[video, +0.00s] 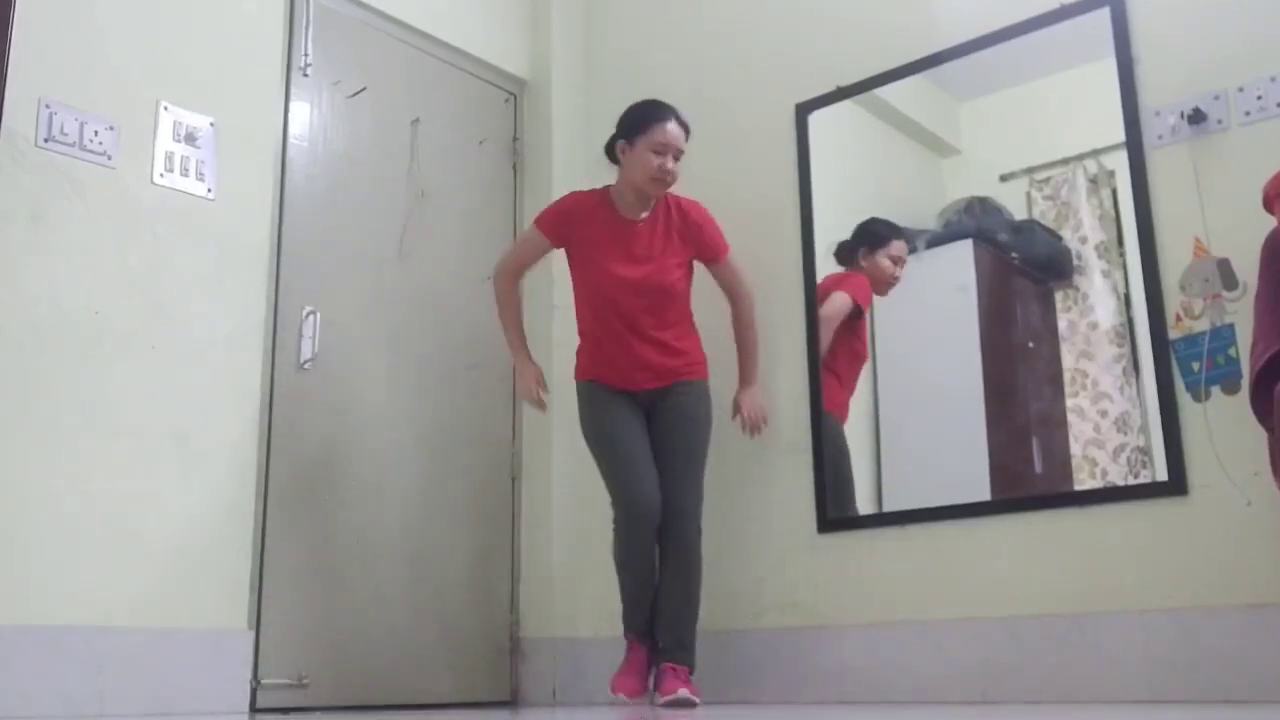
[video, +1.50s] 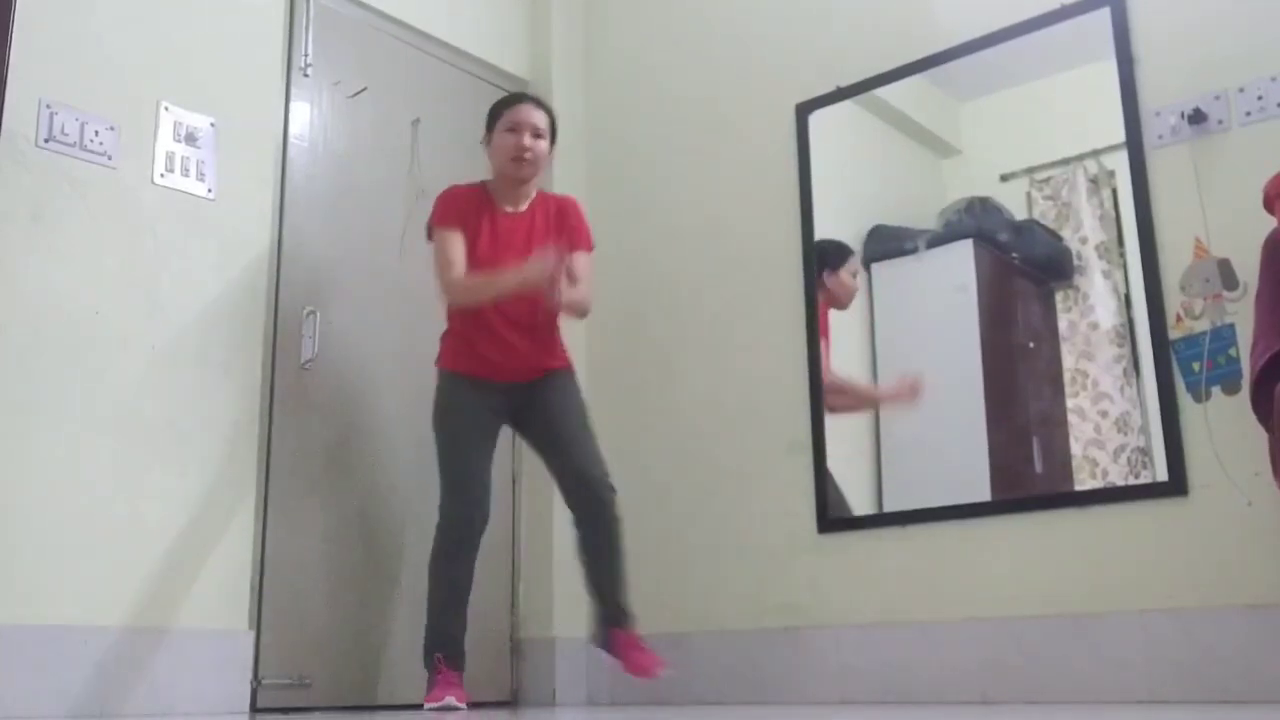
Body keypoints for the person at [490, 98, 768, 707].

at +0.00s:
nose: (670, 165)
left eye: (678, 155)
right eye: (659, 152)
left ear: (682, 160)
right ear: (622, 151)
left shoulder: (689, 218)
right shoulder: (576, 212)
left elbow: (741, 296)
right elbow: (505, 274)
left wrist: (749, 383)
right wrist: (521, 358)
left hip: (681, 381)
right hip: (605, 383)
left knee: (682, 515)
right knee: (640, 504)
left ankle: (676, 665)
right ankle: (638, 648)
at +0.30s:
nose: (623, 145)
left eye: (634, 136)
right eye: (611, 136)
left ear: (652, 149)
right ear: (591, 147)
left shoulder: (674, 216)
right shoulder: (564, 211)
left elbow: (690, 303)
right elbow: (548, 299)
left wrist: (635, 284)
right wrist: (604, 283)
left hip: (654, 387)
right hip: (578, 384)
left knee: (658, 518)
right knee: (536, 495)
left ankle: (670, 667)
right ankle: (535, 633)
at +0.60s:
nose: (545, 149)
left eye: (558, 140)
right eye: (536, 139)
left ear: (584, 153)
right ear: (522, 151)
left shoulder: (604, 222)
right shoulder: (496, 209)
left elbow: (601, 310)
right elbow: (492, 290)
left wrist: (573, 276)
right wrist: (550, 262)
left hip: (578, 392)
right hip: (500, 389)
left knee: (612, 527)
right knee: (479, 523)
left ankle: (661, 666)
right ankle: (447, 671)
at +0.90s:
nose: (479, 167)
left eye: (493, 154)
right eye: (472, 156)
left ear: (529, 157)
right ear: (468, 160)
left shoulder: (559, 232)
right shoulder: (450, 216)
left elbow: (571, 328)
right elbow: (392, 301)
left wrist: (583, 414)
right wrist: (374, 390)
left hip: (524, 382)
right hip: (448, 380)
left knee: (512, 486)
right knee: (450, 511)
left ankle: (523, 629)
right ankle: (442, 669)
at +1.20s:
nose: (480, 163)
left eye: (494, 151)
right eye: (470, 151)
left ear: (522, 160)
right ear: (460, 159)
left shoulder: (547, 230)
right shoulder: (437, 215)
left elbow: (586, 306)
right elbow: (352, 266)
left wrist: (590, 387)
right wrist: (357, 353)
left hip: (515, 387)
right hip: (439, 383)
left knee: (501, 507)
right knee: (442, 513)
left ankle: (478, 638)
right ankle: (435, 664)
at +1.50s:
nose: (526, 142)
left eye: (538, 134)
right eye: (514, 130)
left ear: (551, 150)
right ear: (489, 142)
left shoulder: (565, 213)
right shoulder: (458, 203)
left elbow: (581, 301)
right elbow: (455, 291)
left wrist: (562, 286)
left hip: (544, 377)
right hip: (470, 379)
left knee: (595, 496)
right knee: (464, 516)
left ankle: (616, 626)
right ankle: (445, 671)